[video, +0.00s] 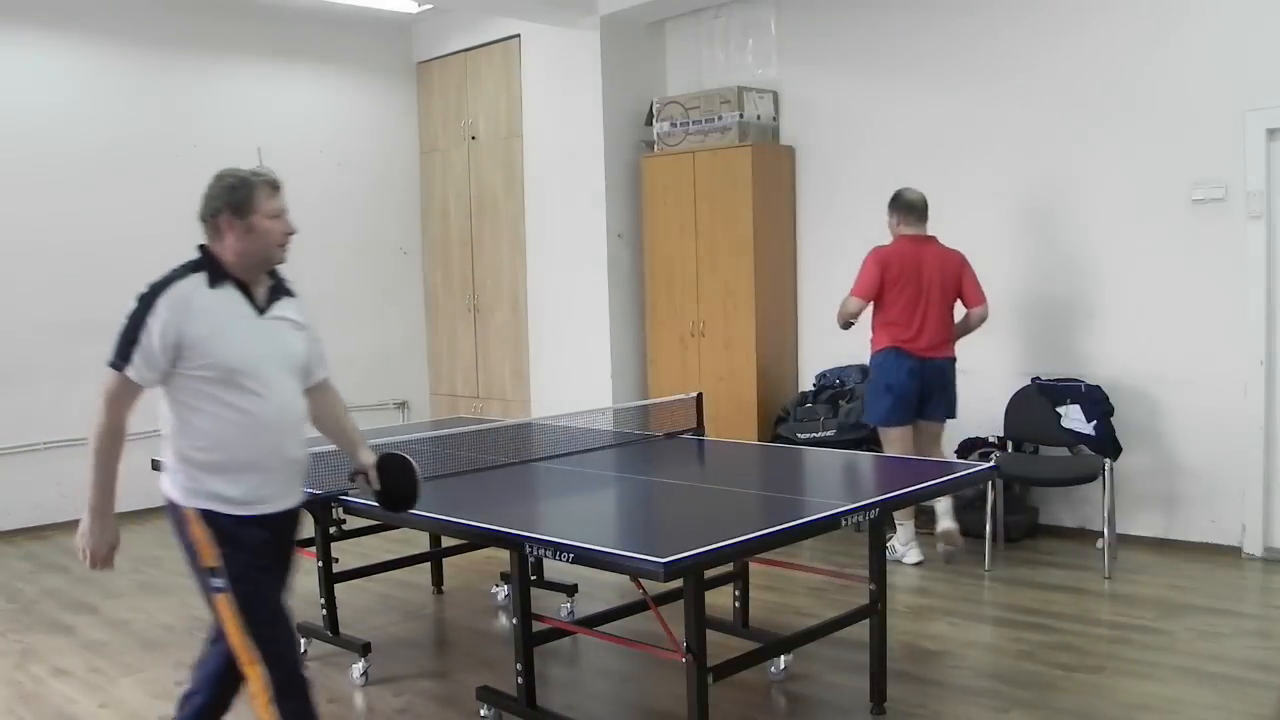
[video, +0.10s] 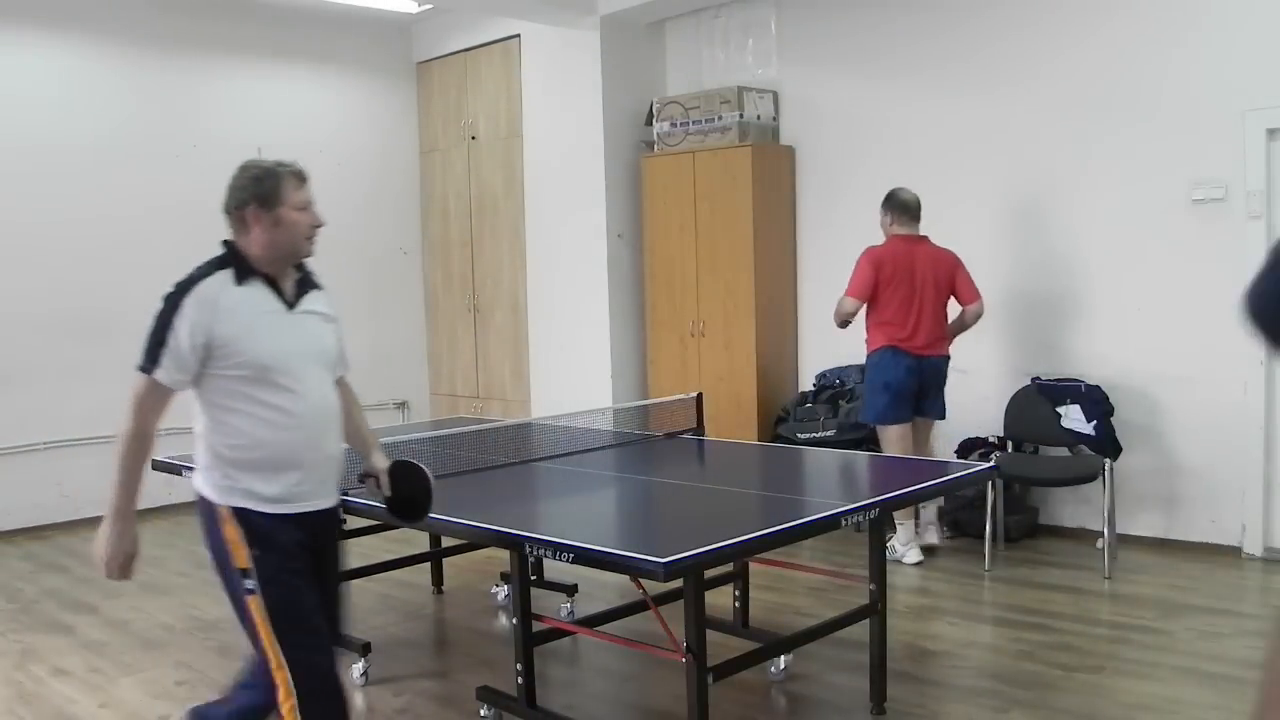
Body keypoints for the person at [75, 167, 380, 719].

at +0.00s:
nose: (290, 228)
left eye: (287, 216)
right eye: (276, 218)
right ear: (228, 229)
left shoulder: (286, 303)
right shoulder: (173, 302)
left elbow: (318, 390)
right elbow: (114, 404)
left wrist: (361, 452)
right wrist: (100, 514)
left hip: (280, 508)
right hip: (210, 510)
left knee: (235, 645)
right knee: (274, 658)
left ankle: (193, 712)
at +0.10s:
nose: (318, 220)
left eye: (314, 208)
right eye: (304, 209)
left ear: (267, 220)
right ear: (256, 218)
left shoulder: (314, 296)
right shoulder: (200, 300)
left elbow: (336, 386)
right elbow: (145, 410)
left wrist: (374, 457)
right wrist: (120, 518)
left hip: (319, 507)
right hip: (246, 511)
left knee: (302, 661)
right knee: (308, 681)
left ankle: (215, 715)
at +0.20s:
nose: (346, 211)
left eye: (343, 198)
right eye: (332, 199)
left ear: (295, 210)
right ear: (282, 209)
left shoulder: (336, 283)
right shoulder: (229, 289)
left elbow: (357, 377)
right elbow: (180, 406)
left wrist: (389, 448)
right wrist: (161, 523)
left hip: (350, 506)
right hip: (274, 515)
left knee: (382, 643)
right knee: (317, 693)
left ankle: (283, 710)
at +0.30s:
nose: (377, 203)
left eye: (373, 190)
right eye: (363, 191)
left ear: (323, 199)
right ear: (313, 199)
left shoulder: (366, 278)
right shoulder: (258, 280)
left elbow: (383, 374)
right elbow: (216, 401)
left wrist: (415, 442)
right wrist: (227, 521)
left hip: (384, 503)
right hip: (302, 515)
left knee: (430, 642)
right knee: (320, 687)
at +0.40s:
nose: (410, 201)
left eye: (406, 188)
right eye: (395, 188)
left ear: (358, 199)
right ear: (347, 197)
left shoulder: (397, 277)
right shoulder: (289, 278)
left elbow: (409, 380)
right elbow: (255, 400)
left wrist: (448, 444)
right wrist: (312, 511)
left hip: (416, 519)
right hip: (334, 527)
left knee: (466, 680)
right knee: (336, 699)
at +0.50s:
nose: (449, 205)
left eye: (445, 192)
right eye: (434, 192)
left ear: (396, 203)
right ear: (385, 201)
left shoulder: (439, 290)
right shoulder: (328, 283)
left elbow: (441, 392)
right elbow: (308, 406)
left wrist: (493, 434)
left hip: (445, 530)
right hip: (361, 536)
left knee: (488, 692)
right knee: (351, 701)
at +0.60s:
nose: (492, 207)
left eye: (488, 193)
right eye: (476, 193)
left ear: (441, 209)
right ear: (429, 206)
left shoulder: (478, 299)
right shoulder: (372, 288)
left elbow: (485, 404)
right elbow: (367, 414)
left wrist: (544, 427)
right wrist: (495, 462)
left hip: (495, 540)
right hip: (415, 546)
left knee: (524, 701)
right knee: (386, 699)